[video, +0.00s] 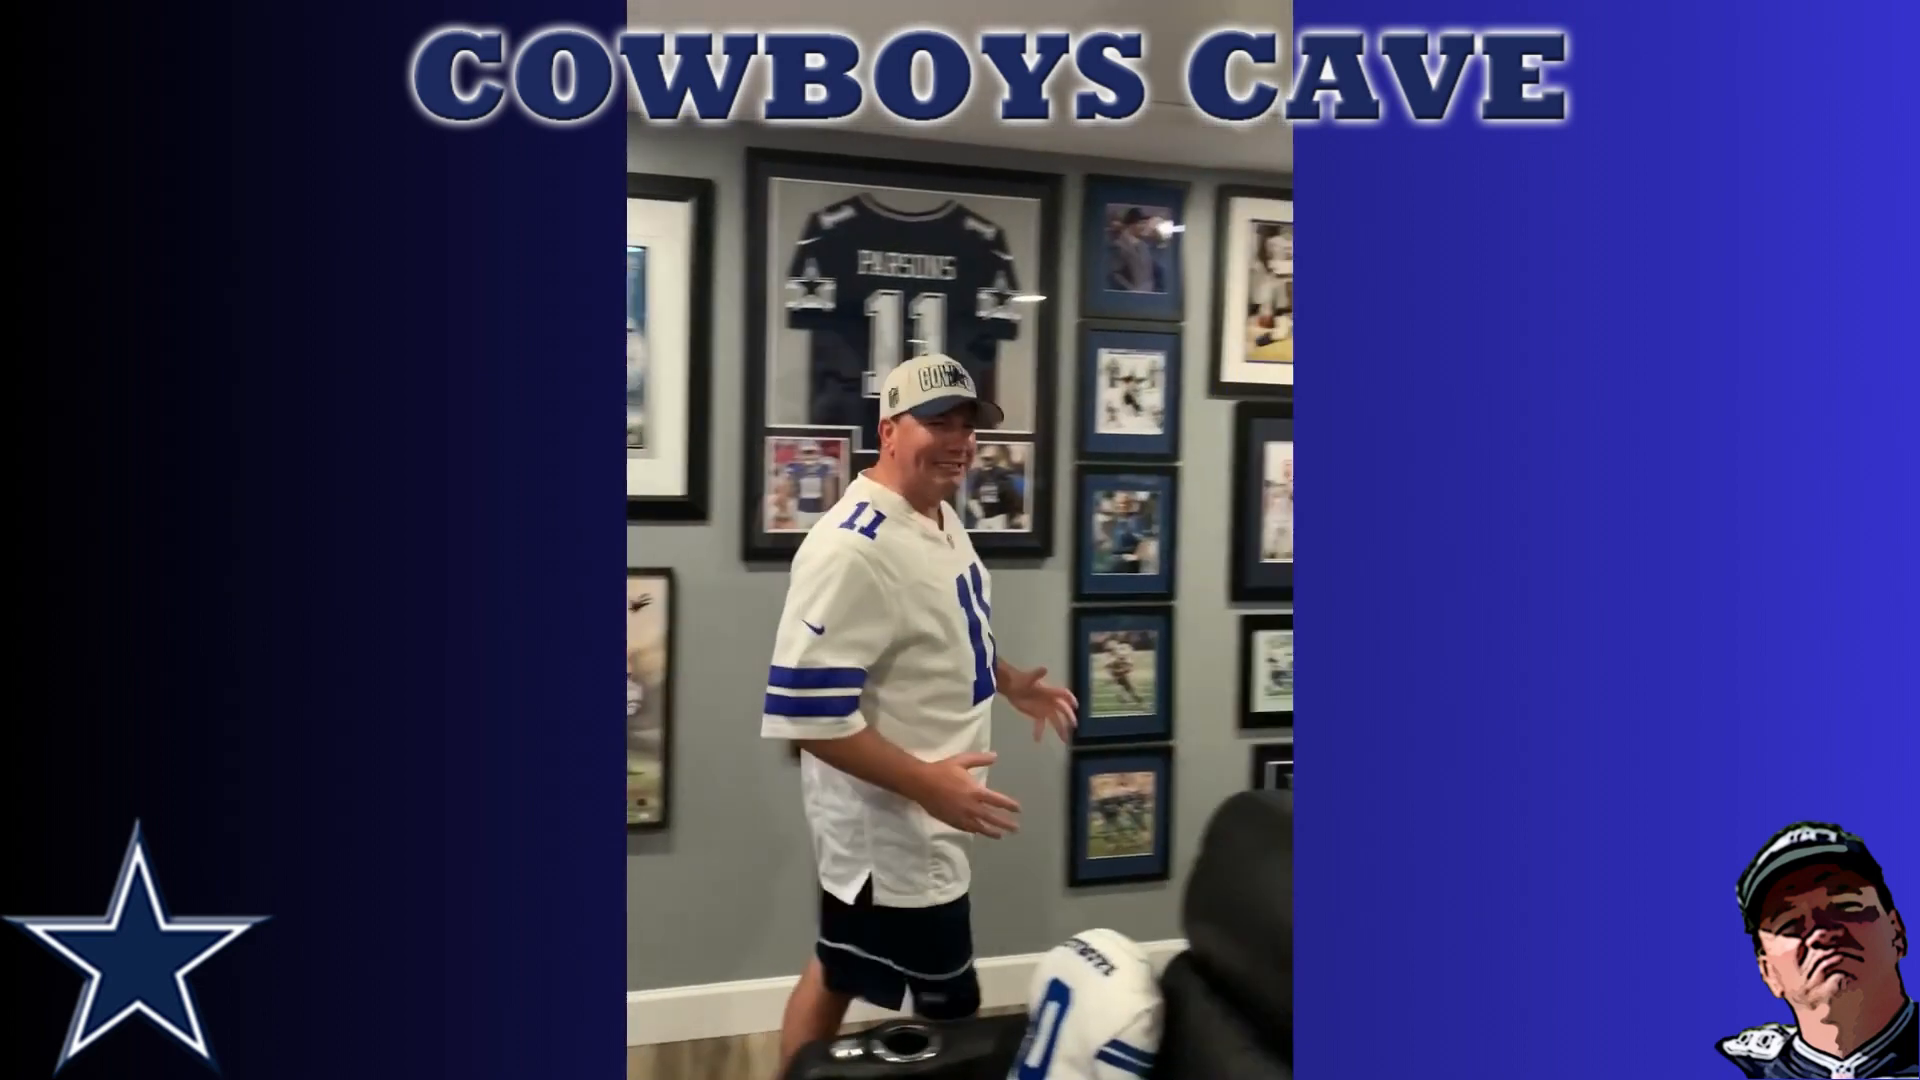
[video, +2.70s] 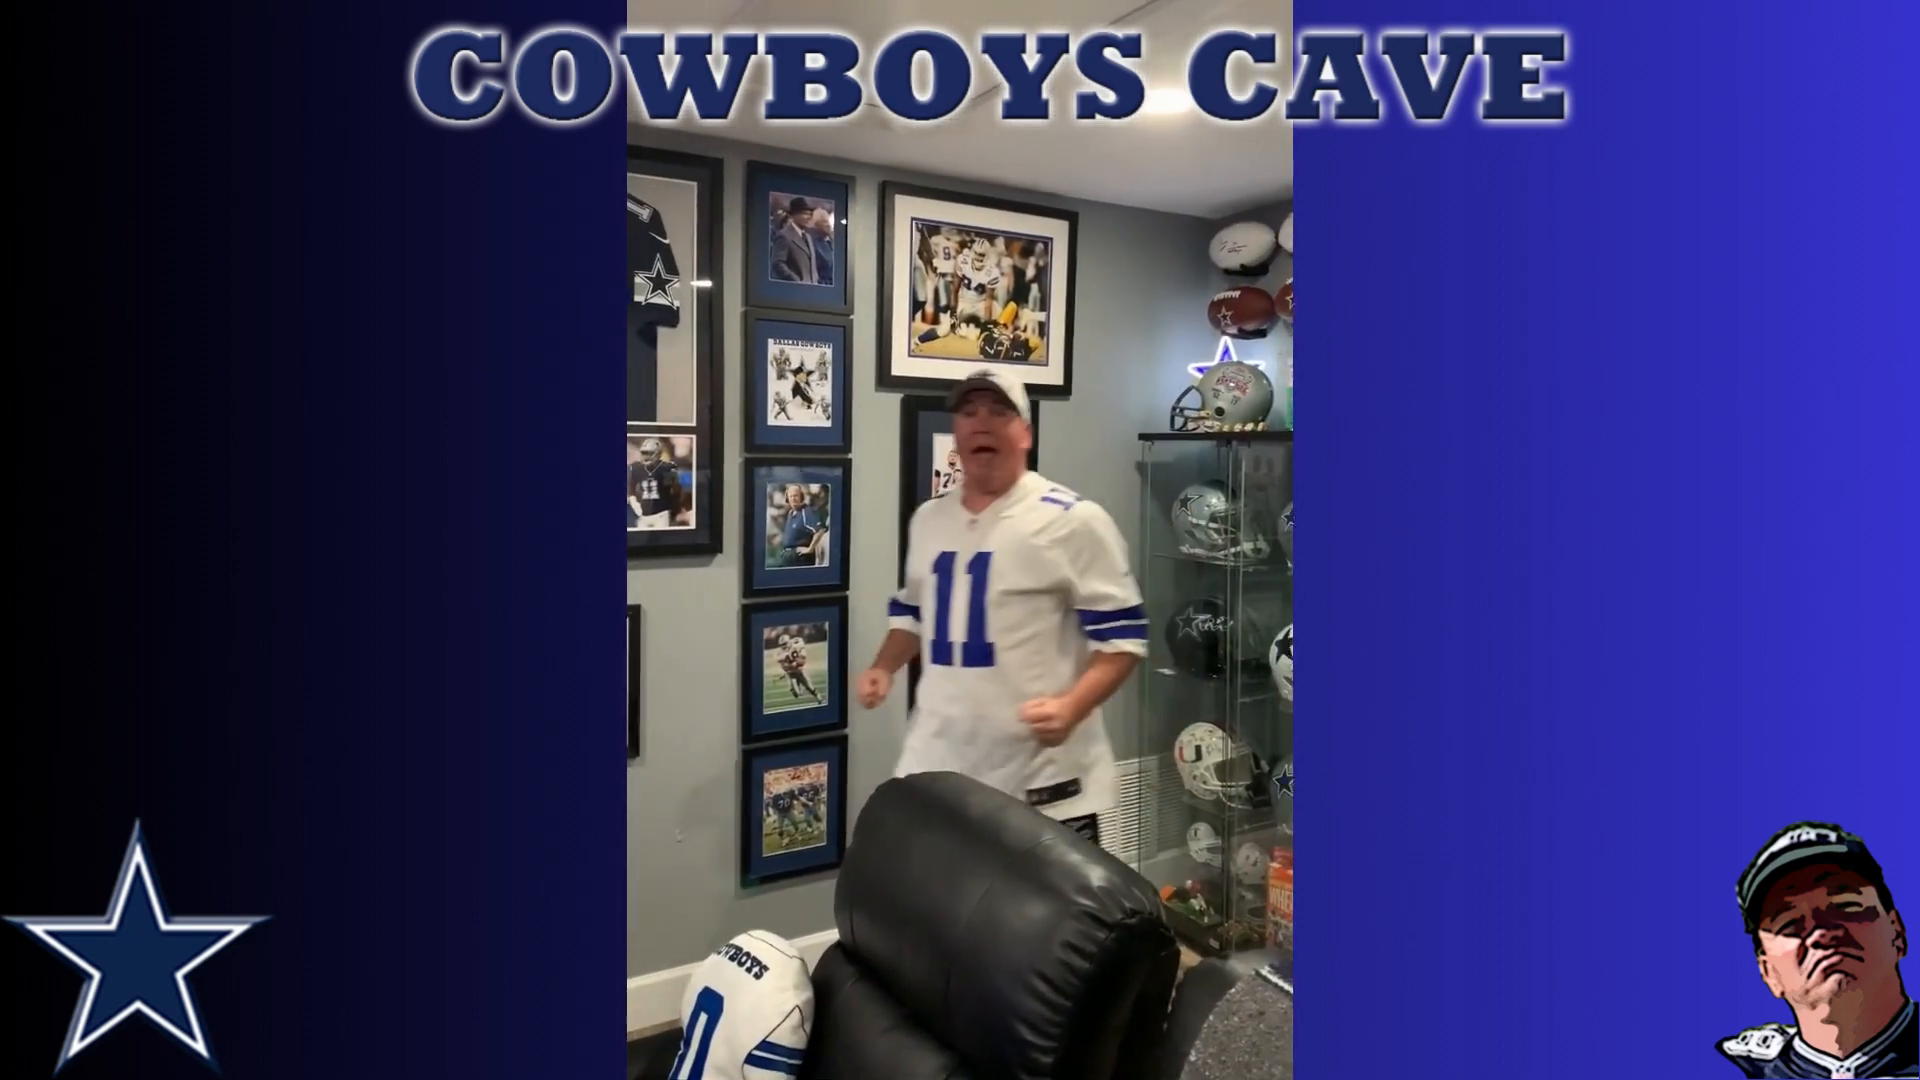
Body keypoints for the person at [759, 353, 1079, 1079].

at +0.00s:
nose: (960, 441)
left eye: (969, 425)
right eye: (941, 422)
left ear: (977, 433)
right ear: (891, 432)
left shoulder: (941, 519)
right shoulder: (851, 548)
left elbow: (949, 637)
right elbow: (813, 717)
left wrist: (1012, 681)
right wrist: (926, 784)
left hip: (905, 821)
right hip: (893, 834)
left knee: (833, 974)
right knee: (949, 1019)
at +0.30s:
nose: (986, 436)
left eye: (989, 418)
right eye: (968, 416)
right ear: (912, 425)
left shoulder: (870, 507)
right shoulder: (915, 547)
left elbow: (883, 656)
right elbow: (929, 728)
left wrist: (984, 658)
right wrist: (1038, 759)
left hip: (879, 813)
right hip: (930, 834)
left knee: (873, 964)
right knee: (952, 1018)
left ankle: (806, 1067)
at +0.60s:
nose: (982, 425)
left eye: (985, 408)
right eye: (959, 406)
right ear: (901, 423)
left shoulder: (926, 516)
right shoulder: (899, 542)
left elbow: (911, 656)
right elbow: (909, 723)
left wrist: (998, 663)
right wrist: (1039, 755)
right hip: (935, 854)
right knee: (933, 1043)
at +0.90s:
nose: (976, 436)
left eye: (992, 421)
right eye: (957, 418)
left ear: (1010, 437)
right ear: (924, 430)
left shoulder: (1013, 524)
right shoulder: (883, 546)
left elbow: (1021, 637)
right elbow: (845, 707)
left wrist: (1094, 678)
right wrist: (956, 754)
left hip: (1015, 827)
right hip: (926, 847)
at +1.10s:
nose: (975, 429)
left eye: (997, 412)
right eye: (966, 411)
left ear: (1037, 429)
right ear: (954, 421)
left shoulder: (1087, 516)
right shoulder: (907, 536)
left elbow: (1124, 616)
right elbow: (859, 657)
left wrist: (1164, 681)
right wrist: (917, 721)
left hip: (1074, 809)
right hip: (958, 817)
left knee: (1073, 975)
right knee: (948, 983)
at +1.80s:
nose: (1038, 427)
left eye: (1055, 413)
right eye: (1026, 416)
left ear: (1086, 431)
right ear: (1014, 432)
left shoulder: (1144, 510)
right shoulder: (980, 523)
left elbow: (1213, 611)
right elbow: (938, 600)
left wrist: (1155, 657)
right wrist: (918, 639)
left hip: (1117, 786)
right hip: (1009, 787)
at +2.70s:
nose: (981, 421)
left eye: (998, 410)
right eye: (969, 410)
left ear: (1025, 433)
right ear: (952, 434)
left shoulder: (1074, 522)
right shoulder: (928, 521)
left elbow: (1124, 642)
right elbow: (911, 614)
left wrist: (1071, 706)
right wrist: (883, 667)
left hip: (1042, 787)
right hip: (938, 780)